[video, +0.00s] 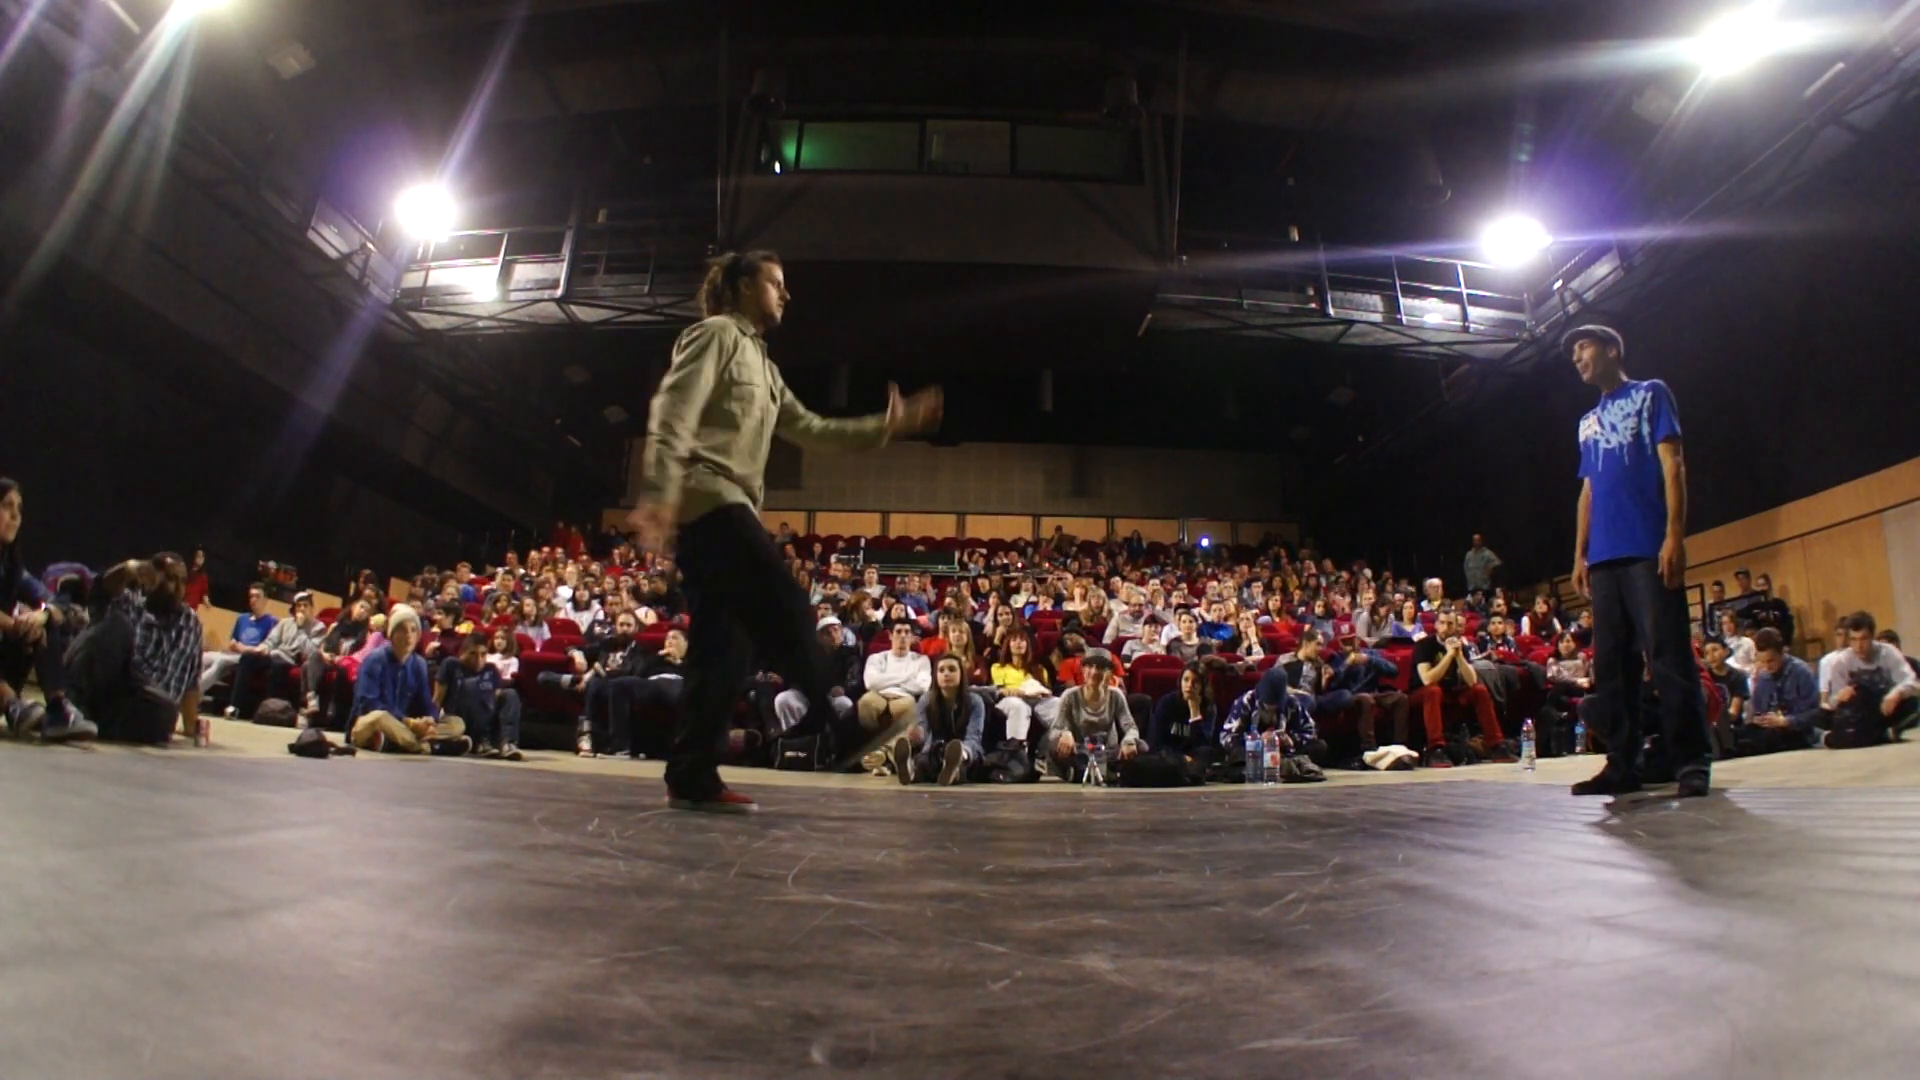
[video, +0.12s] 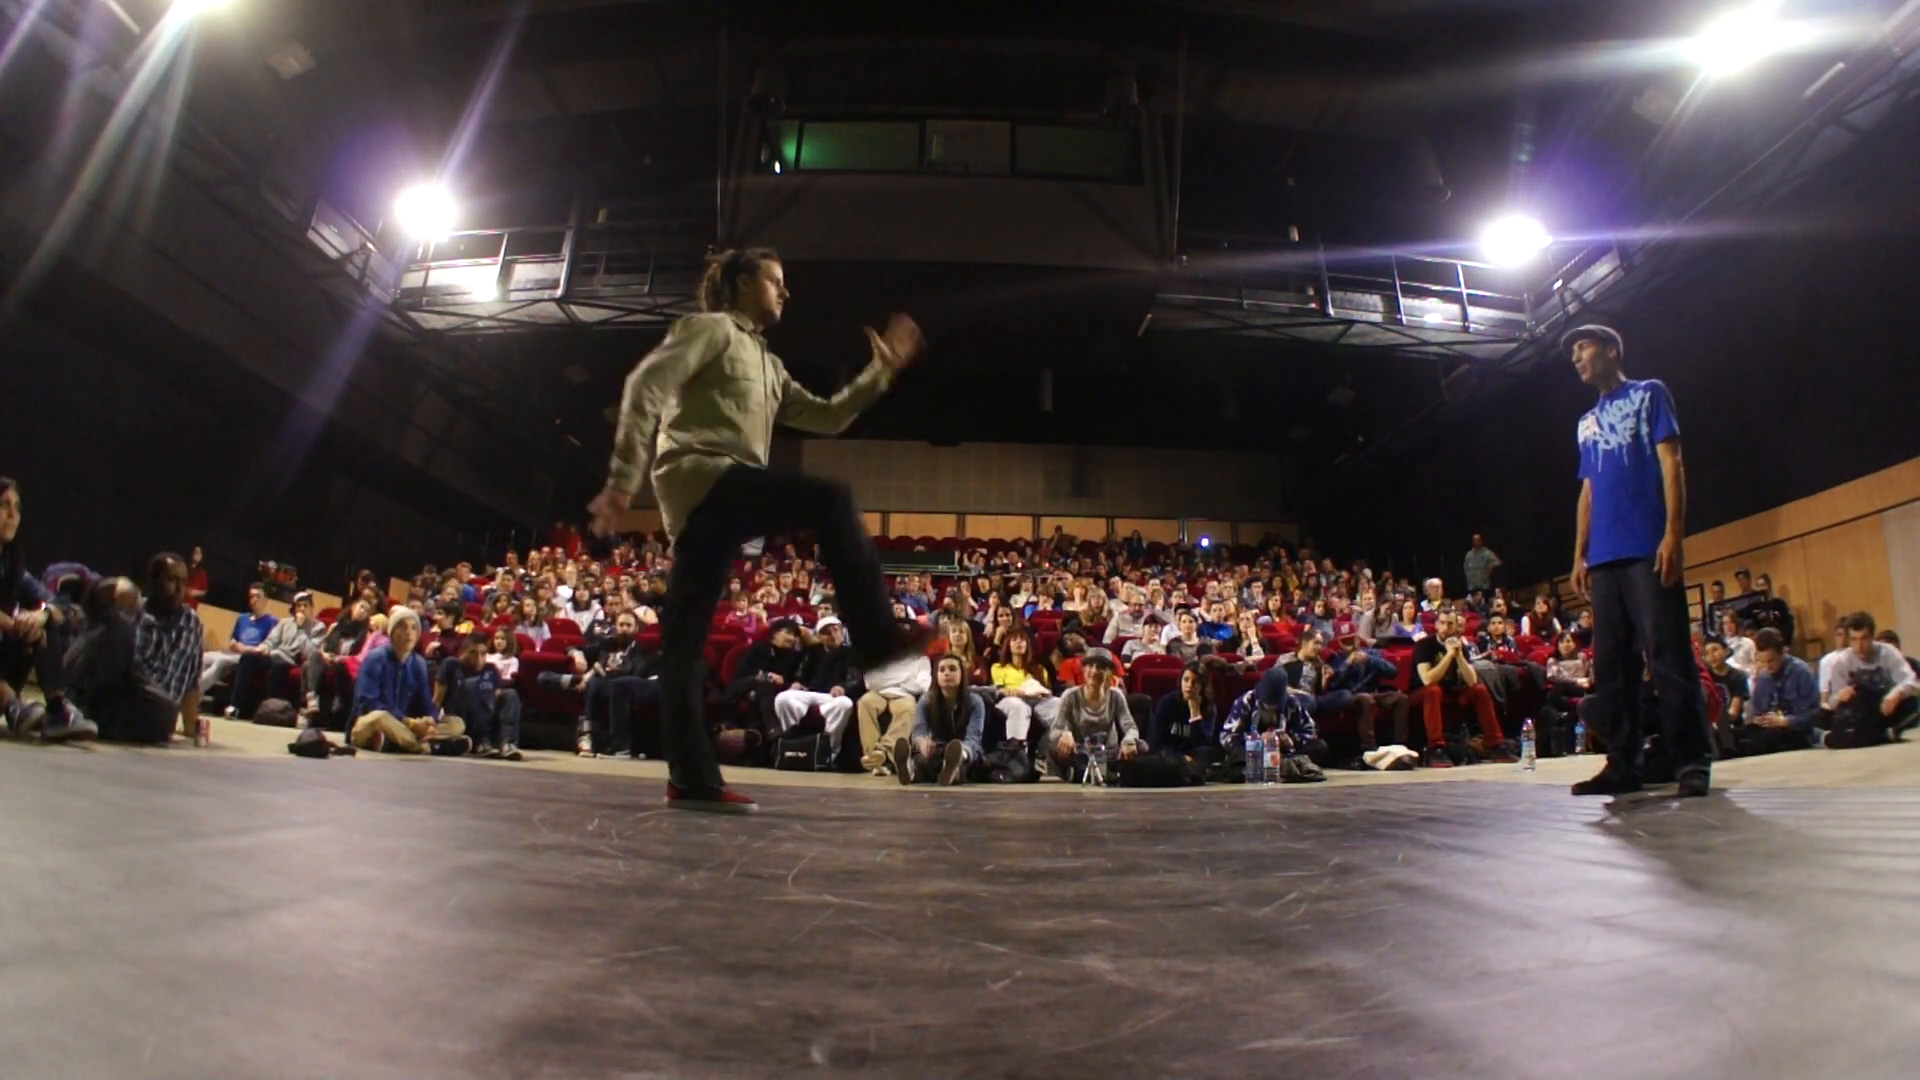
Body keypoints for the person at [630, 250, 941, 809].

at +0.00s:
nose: (785, 296)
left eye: (784, 287)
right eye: (775, 284)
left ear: (755, 294)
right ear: (741, 287)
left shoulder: (764, 368)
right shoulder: (716, 333)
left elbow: (810, 429)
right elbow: (673, 411)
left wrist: (888, 422)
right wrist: (660, 492)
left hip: (729, 505)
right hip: (707, 499)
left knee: (720, 645)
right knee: (784, 607)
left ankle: (693, 774)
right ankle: (837, 722)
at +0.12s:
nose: (784, 293)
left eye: (784, 285)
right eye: (775, 282)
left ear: (761, 291)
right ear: (741, 283)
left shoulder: (769, 369)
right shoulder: (711, 327)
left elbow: (828, 415)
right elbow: (648, 383)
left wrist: (883, 368)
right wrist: (624, 481)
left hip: (726, 489)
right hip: (703, 477)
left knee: (684, 638)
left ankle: (693, 778)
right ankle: (878, 644)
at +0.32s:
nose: (781, 289)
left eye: (782, 282)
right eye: (771, 277)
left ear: (764, 290)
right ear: (735, 279)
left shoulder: (769, 363)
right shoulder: (700, 325)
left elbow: (830, 406)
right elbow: (631, 388)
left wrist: (897, 371)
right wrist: (600, 456)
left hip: (724, 489)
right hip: (694, 481)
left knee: (685, 638)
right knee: (805, 544)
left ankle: (690, 778)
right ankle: (881, 676)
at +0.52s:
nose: (771, 285)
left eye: (778, 280)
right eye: (762, 273)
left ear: (778, 290)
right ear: (730, 270)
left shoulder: (770, 350)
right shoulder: (687, 316)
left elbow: (824, 399)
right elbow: (615, 376)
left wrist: (883, 391)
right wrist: (598, 446)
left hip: (742, 503)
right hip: (695, 484)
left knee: (717, 637)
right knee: (710, 625)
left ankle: (695, 776)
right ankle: (646, 756)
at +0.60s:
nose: (769, 283)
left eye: (777, 277)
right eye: (761, 269)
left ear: (779, 286)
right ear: (728, 266)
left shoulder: (771, 344)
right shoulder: (678, 317)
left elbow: (813, 400)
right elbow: (601, 366)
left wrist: (844, 390)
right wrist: (616, 436)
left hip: (745, 510)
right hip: (686, 497)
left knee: (719, 647)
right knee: (671, 631)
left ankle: (695, 779)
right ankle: (619, 780)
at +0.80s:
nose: (766, 277)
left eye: (774, 271)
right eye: (758, 264)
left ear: (776, 281)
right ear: (726, 260)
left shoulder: (772, 345)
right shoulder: (676, 306)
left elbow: (810, 394)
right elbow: (630, 378)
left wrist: (842, 387)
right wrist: (639, 411)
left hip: (740, 515)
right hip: (677, 499)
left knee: (709, 650)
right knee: (646, 642)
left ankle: (694, 779)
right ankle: (617, 785)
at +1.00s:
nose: (778, 268)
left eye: (781, 261)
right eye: (769, 256)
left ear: (771, 271)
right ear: (732, 255)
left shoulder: (775, 342)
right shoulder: (683, 300)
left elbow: (824, 391)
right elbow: (592, 306)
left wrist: (890, 410)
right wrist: (553, 348)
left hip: (736, 513)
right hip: (677, 500)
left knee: (707, 653)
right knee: (651, 645)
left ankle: (694, 780)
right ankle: (619, 786)